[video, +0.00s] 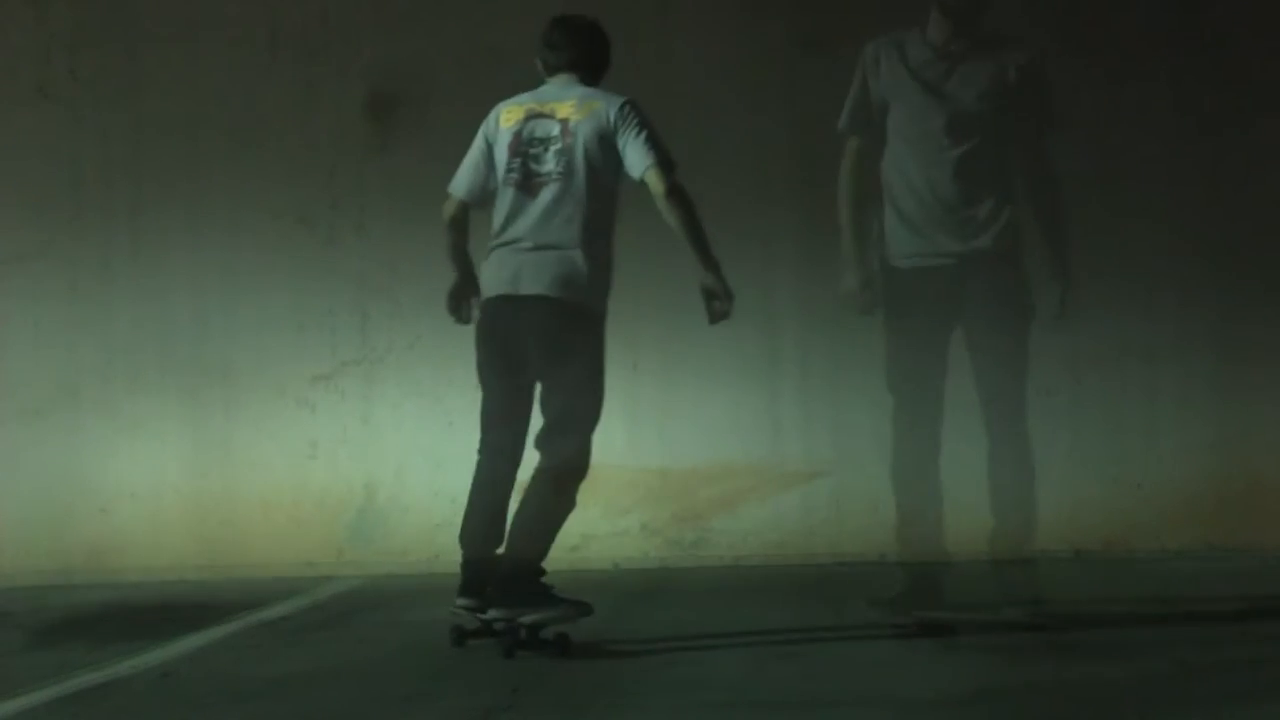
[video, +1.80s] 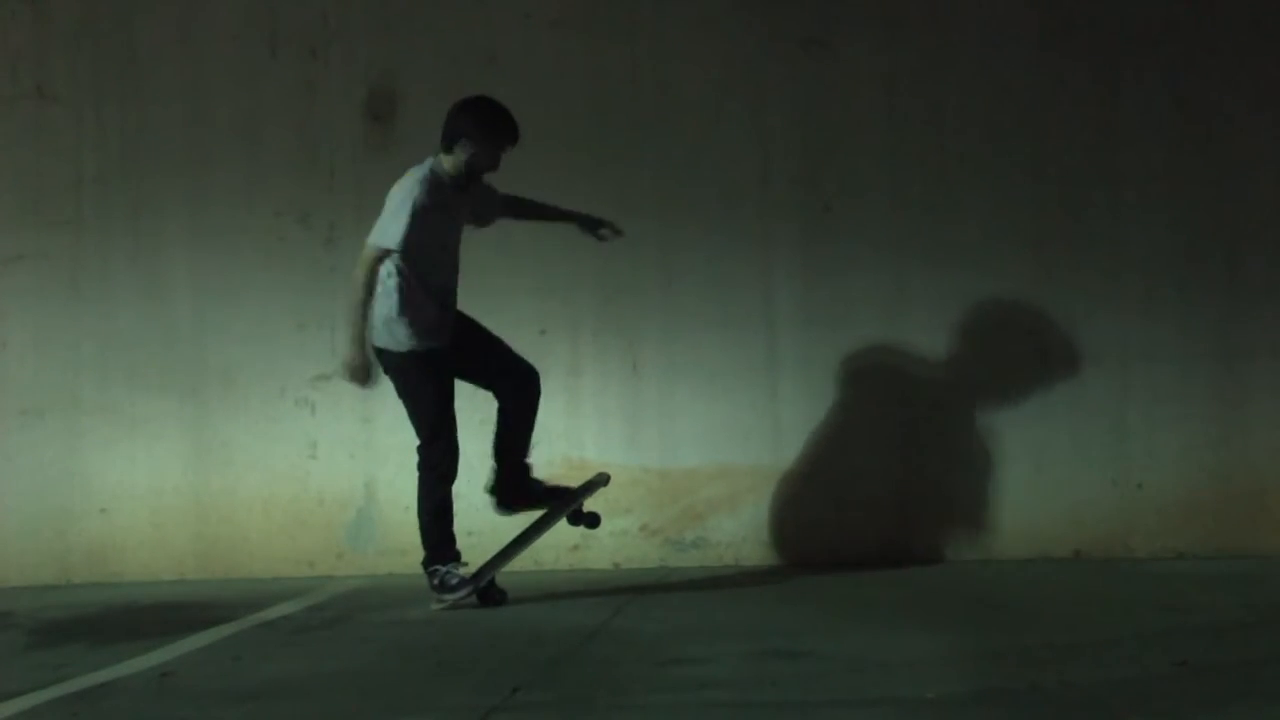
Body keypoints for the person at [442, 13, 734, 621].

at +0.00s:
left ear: (542, 63)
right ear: (601, 64)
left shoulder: (504, 114)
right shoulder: (612, 110)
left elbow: (452, 208)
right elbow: (665, 188)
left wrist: (461, 273)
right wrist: (708, 269)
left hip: (500, 300)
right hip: (568, 302)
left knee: (498, 441)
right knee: (566, 446)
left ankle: (475, 575)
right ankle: (519, 573)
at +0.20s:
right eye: (564, 77)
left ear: (506, 72)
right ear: (562, 76)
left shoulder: (464, 120)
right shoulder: (568, 119)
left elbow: (410, 204)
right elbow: (607, 202)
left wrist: (409, 276)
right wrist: (634, 278)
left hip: (456, 298)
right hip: (523, 297)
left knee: (458, 438)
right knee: (533, 437)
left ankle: (446, 575)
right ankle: (493, 566)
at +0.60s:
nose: (530, 127)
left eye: (531, 120)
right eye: (531, 119)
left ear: (480, 103)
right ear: (523, 112)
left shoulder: (424, 140)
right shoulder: (512, 143)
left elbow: (369, 220)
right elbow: (534, 223)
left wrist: (369, 290)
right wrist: (563, 304)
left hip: (399, 303)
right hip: (456, 302)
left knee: (416, 436)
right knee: (476, 433)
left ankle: (410, 565)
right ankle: (440, 556)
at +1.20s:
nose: (512, 169)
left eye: (517, 159)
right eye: (514, 158)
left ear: (475, 137)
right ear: (500, 145)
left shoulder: (434, 167)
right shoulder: (467, 182)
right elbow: (484, 252)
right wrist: (544, 317)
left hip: (405, 325)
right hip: (408, 334)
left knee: (487, 397)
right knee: (426, 456)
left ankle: (461, 500)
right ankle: (405, 569)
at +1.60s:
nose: (515, 169)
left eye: (520, 159)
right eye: (515, 157)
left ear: (482, 146)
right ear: (492, 149)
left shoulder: (449, 174)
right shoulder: (448, 187)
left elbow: (445, 221)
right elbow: (448, 277)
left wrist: (482, 245)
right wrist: (512, 333)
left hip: (442, 330)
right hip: (405, 337)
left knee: (517, 387)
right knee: (435, 450)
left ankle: (513, 496)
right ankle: (441, 566)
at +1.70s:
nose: (511, 168)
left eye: (515, 158)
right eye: (510, 156)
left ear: (480, 146)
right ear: (484, 146)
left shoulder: (454, 183)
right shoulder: (438, 185)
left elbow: (467, 218)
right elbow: (410, 268)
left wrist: (526, 231)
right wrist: (442, 344)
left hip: (441, 321)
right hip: (403, 332)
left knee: (521, 374)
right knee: (438, 447)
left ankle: (500, 482)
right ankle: (442, 566)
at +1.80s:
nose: (497, 163)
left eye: (501, 152)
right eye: (493, 151)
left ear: (470, 147)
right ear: (464, 143)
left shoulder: (464, 188)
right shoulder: (415, 191)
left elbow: (510, 207)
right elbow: (370, 261)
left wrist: (579, 220)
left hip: (445, 327)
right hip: (404, 338)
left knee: (521, 384)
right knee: (439, 451)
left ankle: (512, 485)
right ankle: (441, 566)